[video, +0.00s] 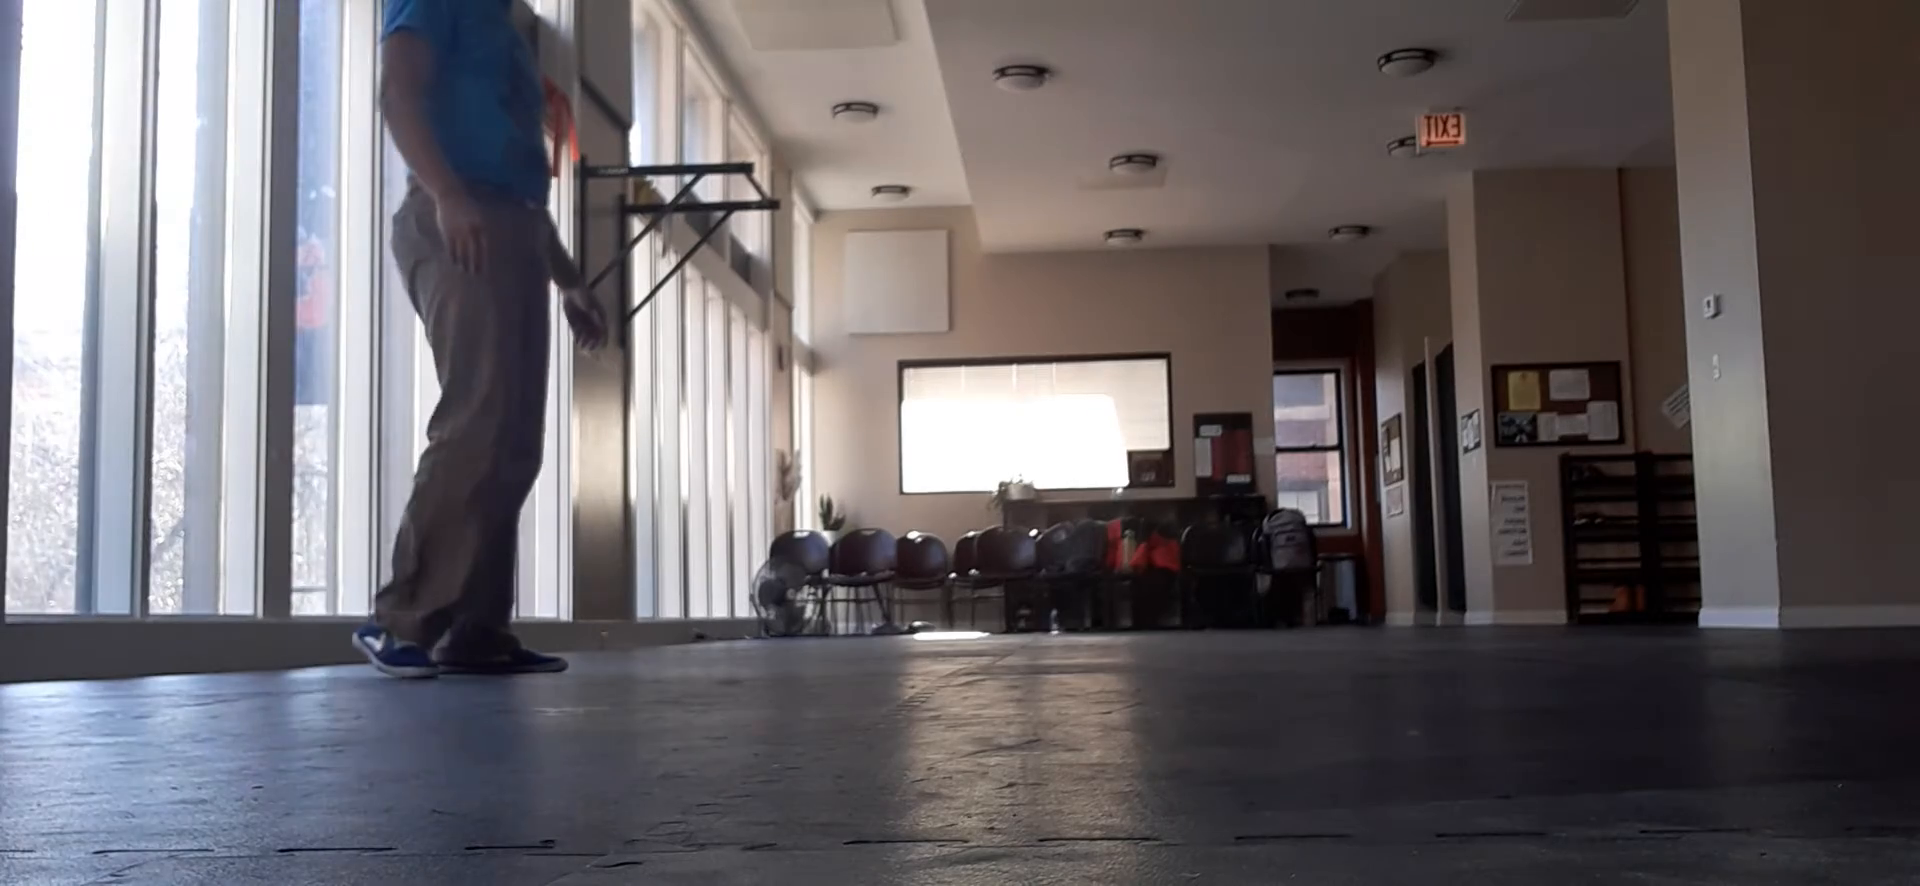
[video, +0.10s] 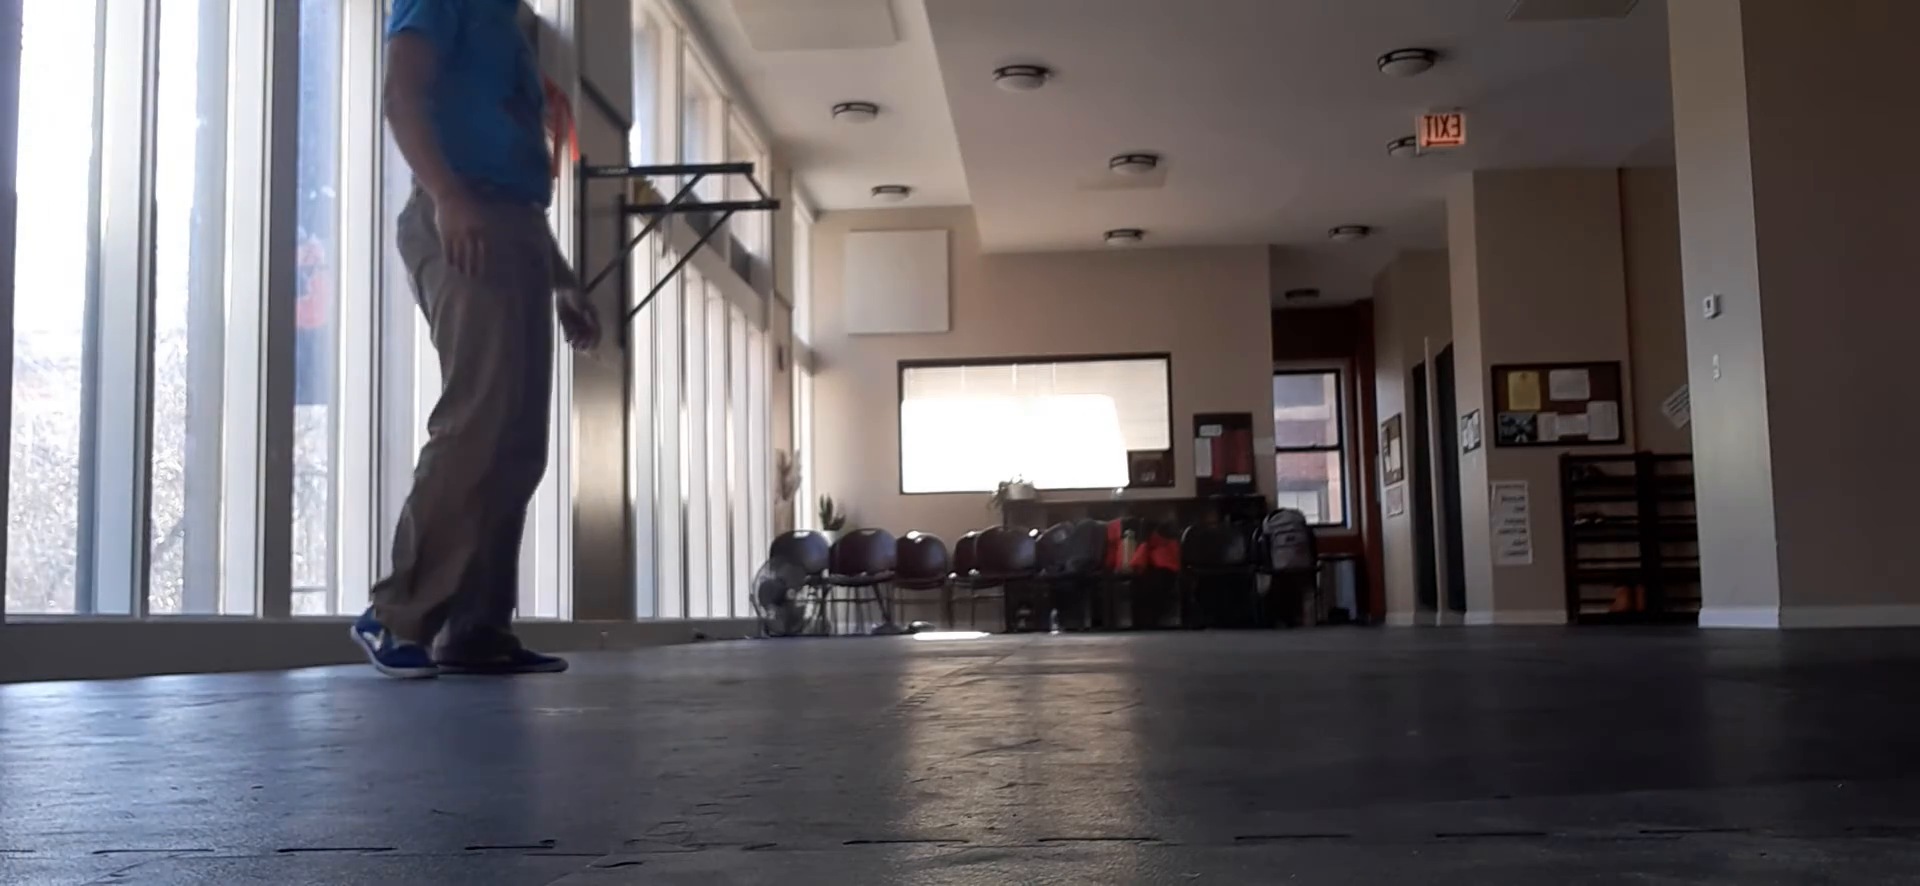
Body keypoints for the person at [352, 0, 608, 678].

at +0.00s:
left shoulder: (513, 37)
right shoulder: (434, 5)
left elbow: (521, 182)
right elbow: (398, 96)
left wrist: (569, 280)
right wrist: (448, 195)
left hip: (517, 227)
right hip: (464, 220)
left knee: (515, 438)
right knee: (476, 422)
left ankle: (477, 636)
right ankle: (401, 621)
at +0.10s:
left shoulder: (512, 29)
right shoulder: (439, 5)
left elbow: (517, 173)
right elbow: (401, 96)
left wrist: (564, 281)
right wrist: (449, 198)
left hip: (515, 221)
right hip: (469, 216)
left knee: (517, 440)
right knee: (478, 421)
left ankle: (477, 635)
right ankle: (397, 616)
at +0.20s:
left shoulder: (514, 30)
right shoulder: (449, 5)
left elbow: (518, 164)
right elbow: (404, 96)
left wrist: (545, 282)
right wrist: (447, 199)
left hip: (517, 222)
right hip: (470, 215)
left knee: (519, 440)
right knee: (478, 421)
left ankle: (476, 634)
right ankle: (398, 614)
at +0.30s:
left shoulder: (513, 24)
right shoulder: (454, 5)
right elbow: (404, 95)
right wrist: (445, 198)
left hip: (514, 221)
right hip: (467, 214)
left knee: (516, 437)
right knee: (487, 414)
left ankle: (477, 634)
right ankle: (402, 610)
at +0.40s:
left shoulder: (513, 24)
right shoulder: (457, 5)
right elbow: (403, 92)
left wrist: (545, 102)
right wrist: (443, 192)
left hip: (511, 220)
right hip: (463, 211)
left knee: (514, 428)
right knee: (493, 402)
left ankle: (477, 631)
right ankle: (401, 607)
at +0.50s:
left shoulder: (511, 24)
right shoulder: (457, 5)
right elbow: (402, 90)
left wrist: (542, 99)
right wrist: (442, 189)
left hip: (507, 219)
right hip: (460, 213)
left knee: (507, 428)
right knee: (486, 405)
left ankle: (475, 631)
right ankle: (393, 605)